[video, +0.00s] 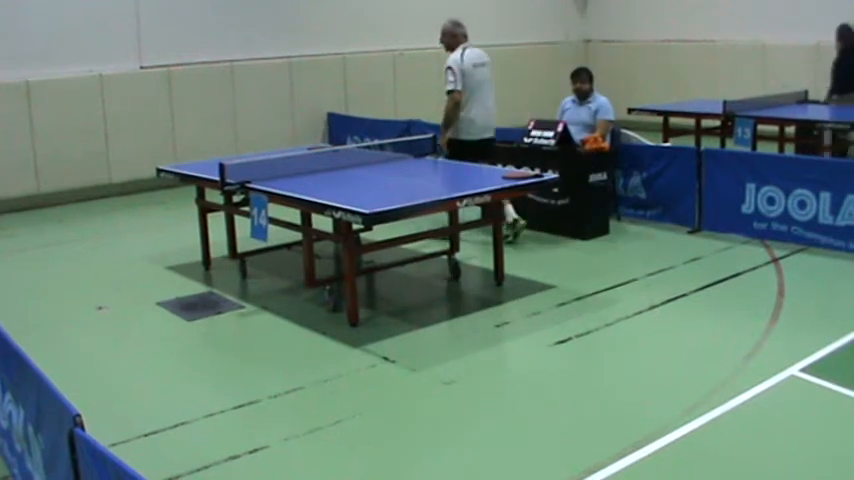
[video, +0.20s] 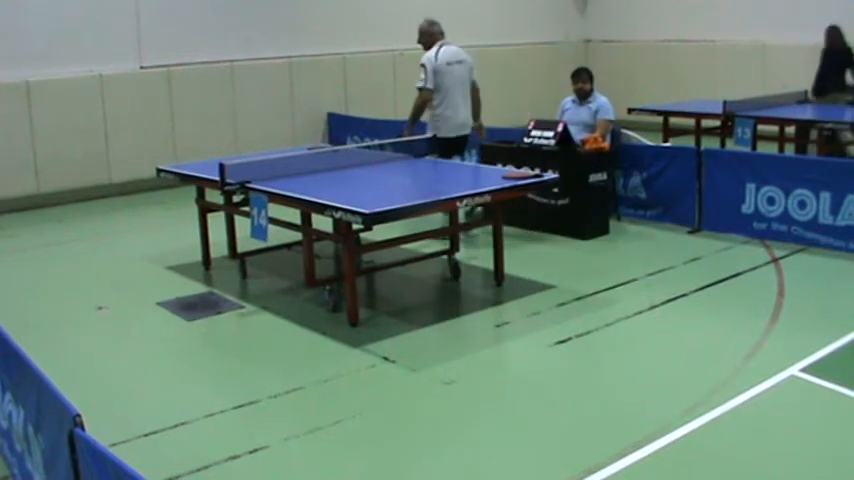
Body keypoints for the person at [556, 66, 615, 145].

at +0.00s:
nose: (578, 86)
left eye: (582, 83)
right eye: (575, 83)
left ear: (591, 84)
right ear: (572, 85)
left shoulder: (602, 104)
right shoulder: (566, 103)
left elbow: (601, 135)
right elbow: (560, 128)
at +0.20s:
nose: (580, 86)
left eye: (584, 83)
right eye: (576, 83)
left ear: (591, 84)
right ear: (572, 85)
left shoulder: (602, 103)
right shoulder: (566, 103)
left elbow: (601, 135)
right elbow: (560, 128)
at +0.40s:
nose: (580, 87)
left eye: (584, 84)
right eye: (577, 84)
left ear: (591, 85)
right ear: (572, 86)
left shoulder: (602, 103)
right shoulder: (566, 103)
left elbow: (601, 135)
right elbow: (560, 128)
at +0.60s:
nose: (581, 87)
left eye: (585, 84)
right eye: (577, 84)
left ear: (592, 85)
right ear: (572, 86)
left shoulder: (602, 104)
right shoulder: (566, 103)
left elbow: (601, 135)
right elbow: (560, 127)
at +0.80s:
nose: (581, 88)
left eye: (585, 84)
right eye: (577, 84)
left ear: (592, 85)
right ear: (572, 86)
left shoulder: (602, 103)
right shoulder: (566, 103)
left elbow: (601, 135)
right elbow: (560, 128)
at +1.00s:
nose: (582, 88)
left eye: (586, 84)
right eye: (578, 84)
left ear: (592, 85)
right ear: (573, 86)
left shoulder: (602, 103)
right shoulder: (566, 103)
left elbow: (601, 135)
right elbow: (560, 127)